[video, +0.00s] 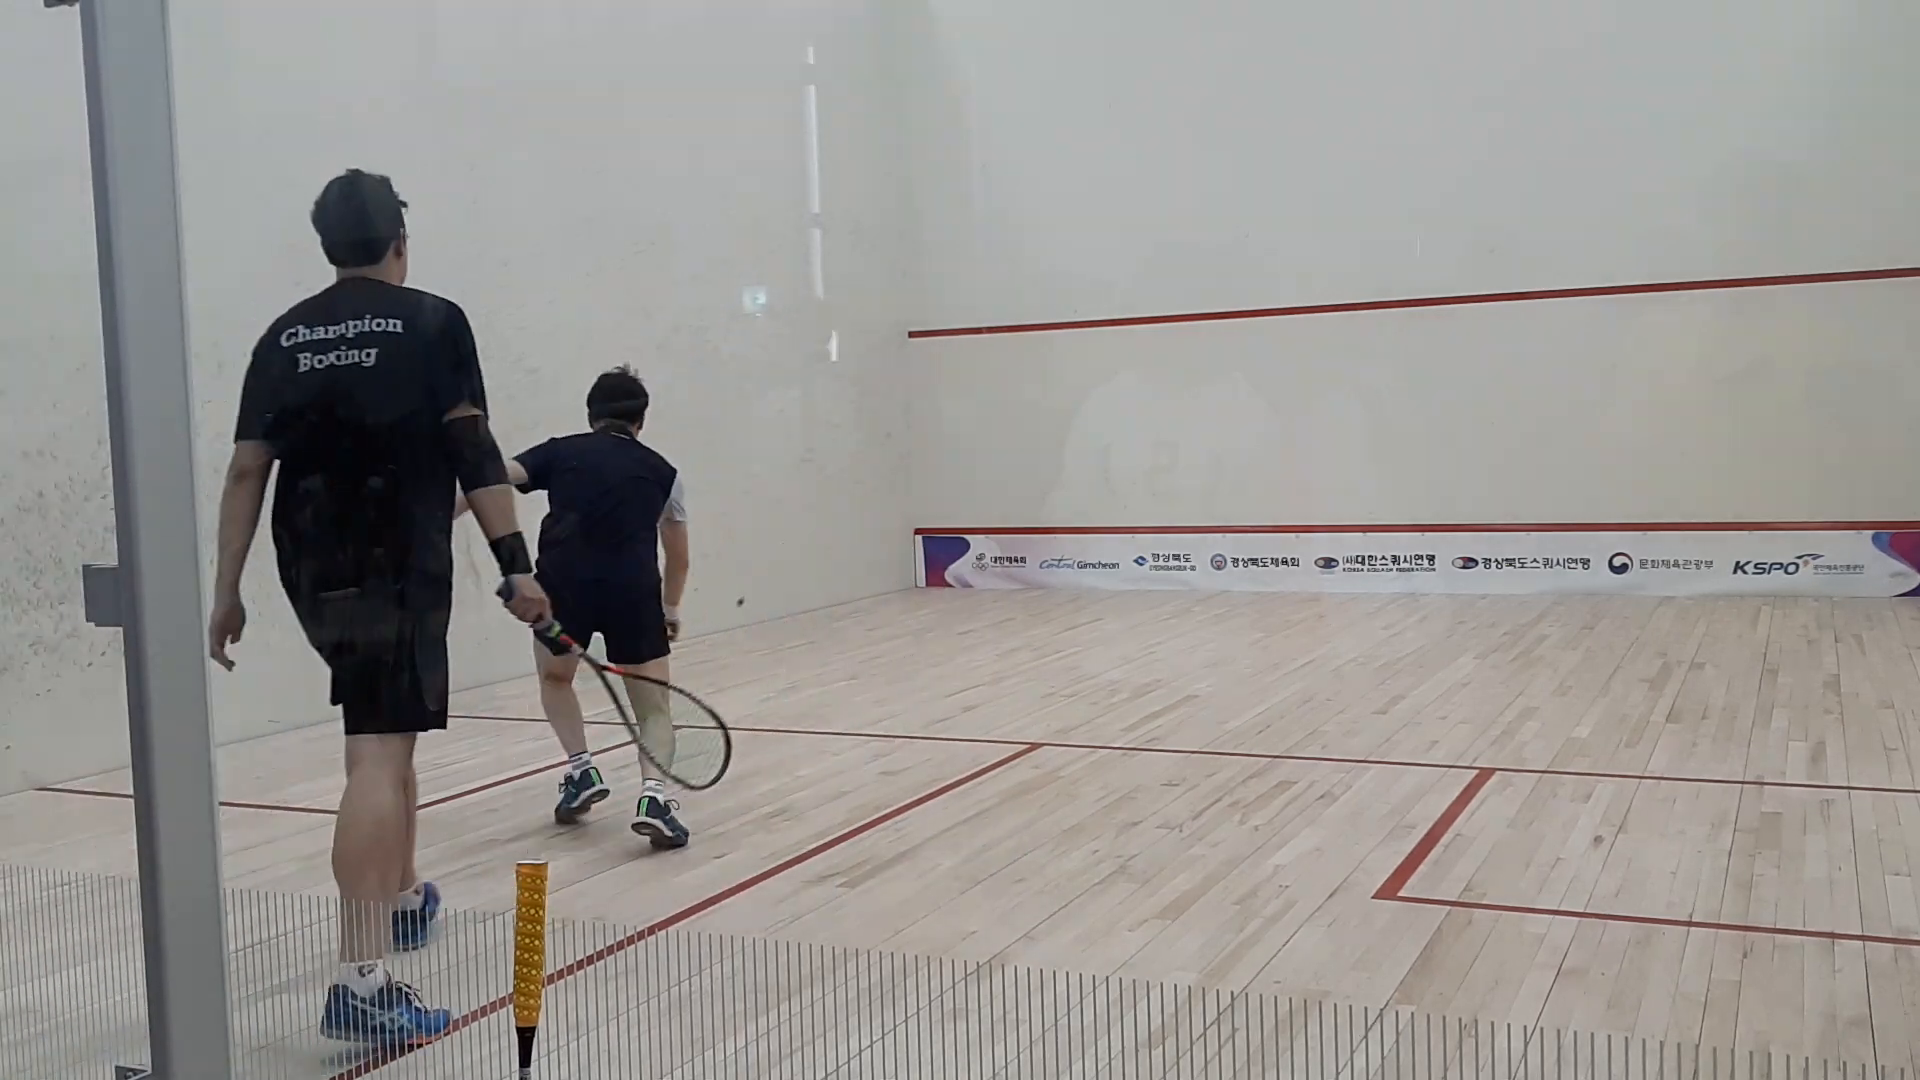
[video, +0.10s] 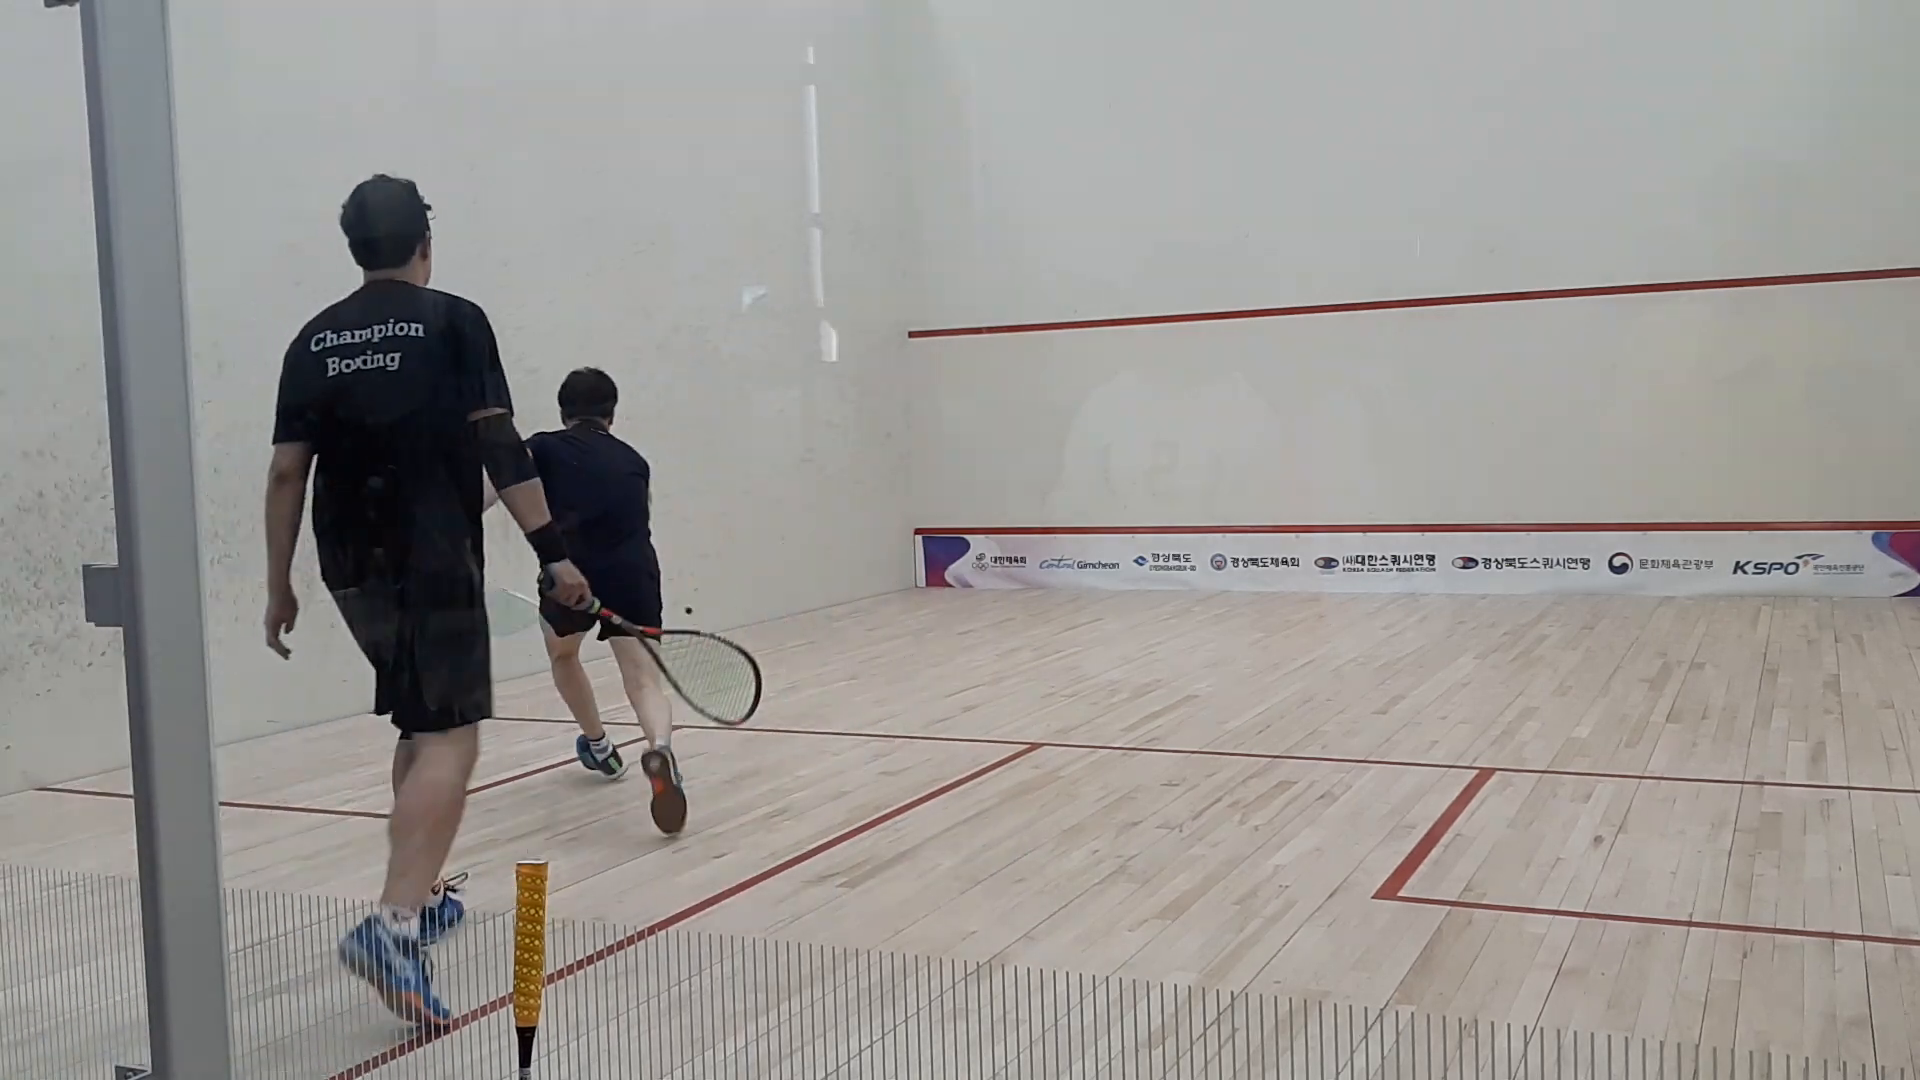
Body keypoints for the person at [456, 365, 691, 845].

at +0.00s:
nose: (635, 422)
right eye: (638, 416)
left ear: (592, 415)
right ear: (640, 419)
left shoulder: (561, 451)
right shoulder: (660, 470)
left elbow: (494, 479)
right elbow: (678, 556)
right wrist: (670, 610)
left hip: (562, 590)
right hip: (633, 593)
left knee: (556, 678)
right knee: (651, 703)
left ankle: (581, 768)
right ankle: (654, 796)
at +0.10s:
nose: (607, 418)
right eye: (609, 410)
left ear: (563, 410)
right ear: (611, 412)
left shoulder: (542, 449)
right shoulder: (632, 460)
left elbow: (481, 495)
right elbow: (637, 526)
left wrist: (445, 522)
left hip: (568, 575)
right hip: (632, 573)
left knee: (564, 656)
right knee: (643, 675)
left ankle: (599, 747)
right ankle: (660, 751)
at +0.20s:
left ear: (546, 418)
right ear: (591, 420)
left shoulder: (538, 453)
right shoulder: (610, 459)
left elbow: (514, 498)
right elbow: (625, 524)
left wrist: (495, 549)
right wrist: (645, 580)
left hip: (572, 571)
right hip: (634, 569)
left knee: (567, 662)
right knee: (631, 675)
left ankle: (612, 748)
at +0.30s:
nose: (565, 437)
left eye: (560, 431)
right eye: (571, 429)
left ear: (549, 432)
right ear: (579, 430)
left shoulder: (538, 474)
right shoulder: (595, 466)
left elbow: (543, 531)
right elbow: (623, 522)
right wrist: (639, 552)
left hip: (571, 573)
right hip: (621, 568)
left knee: (554, 669)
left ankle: (598, 722)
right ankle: (621, 705)